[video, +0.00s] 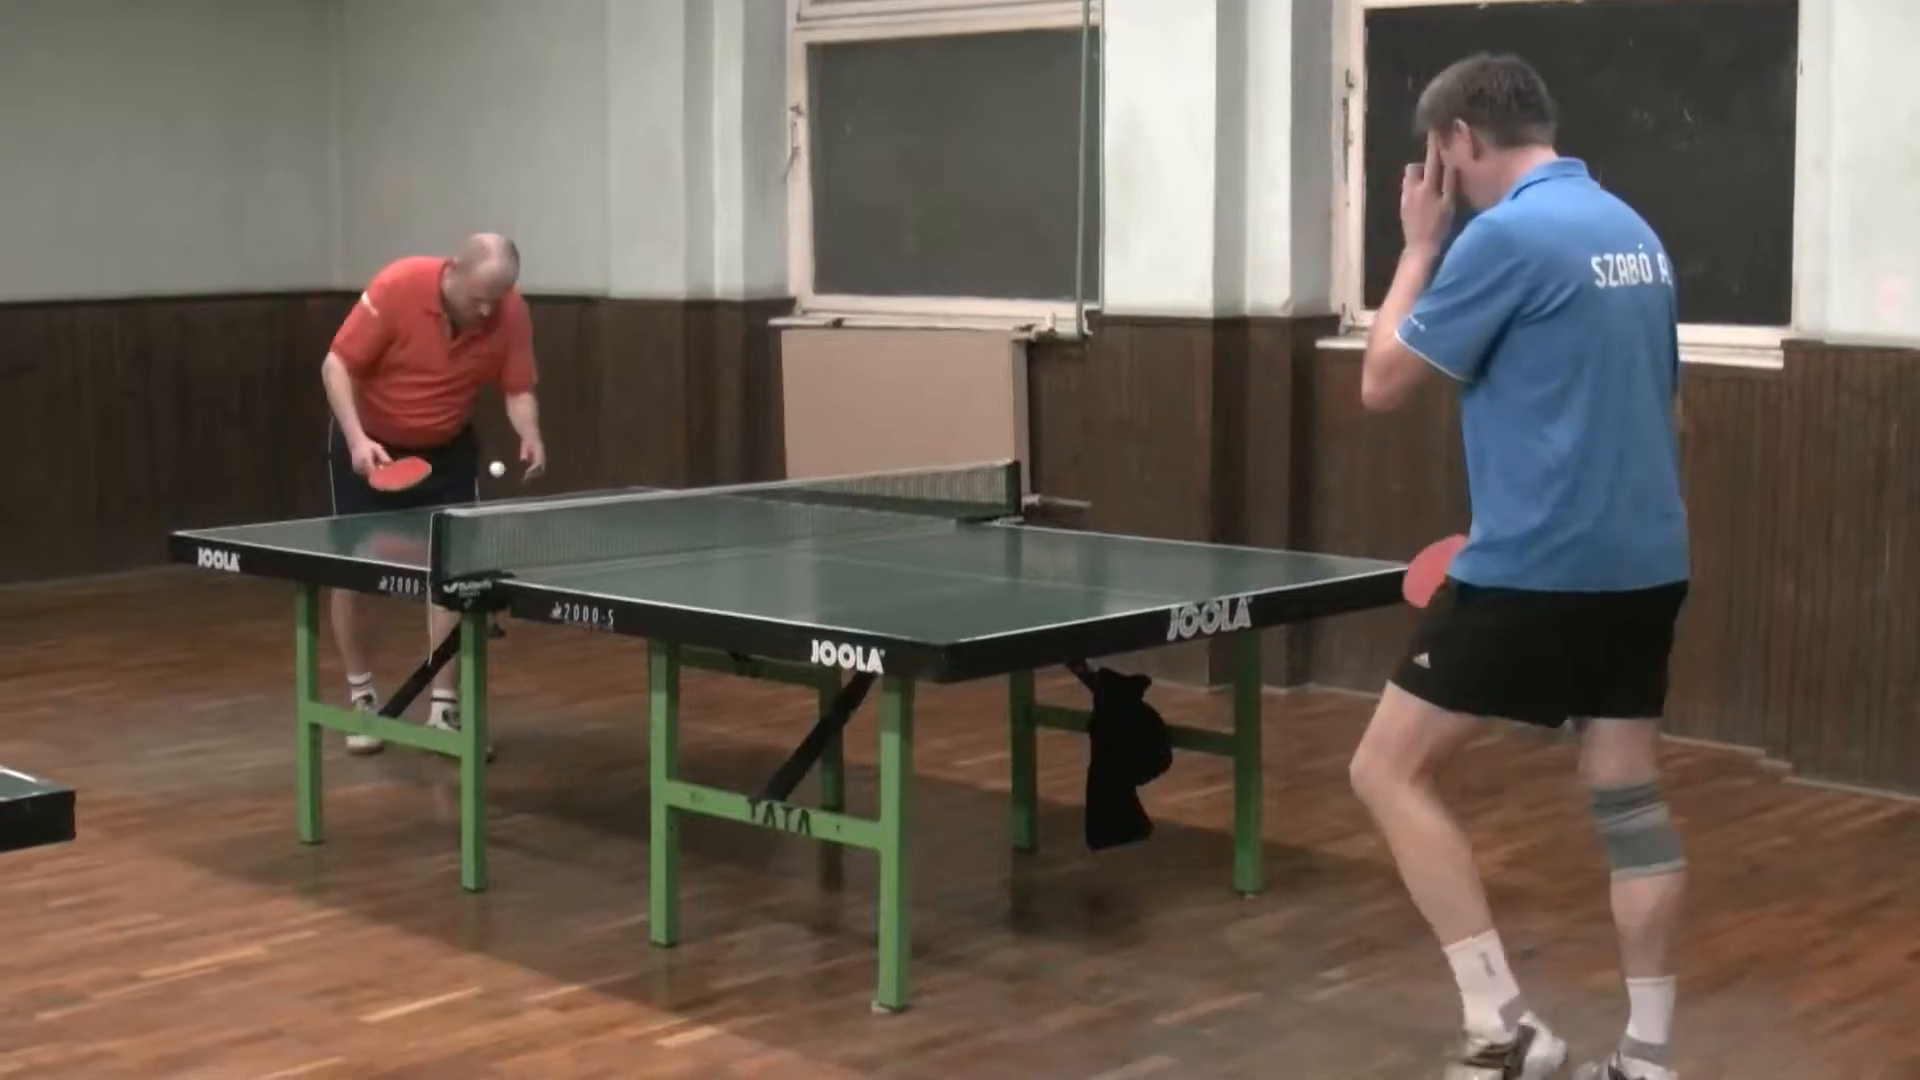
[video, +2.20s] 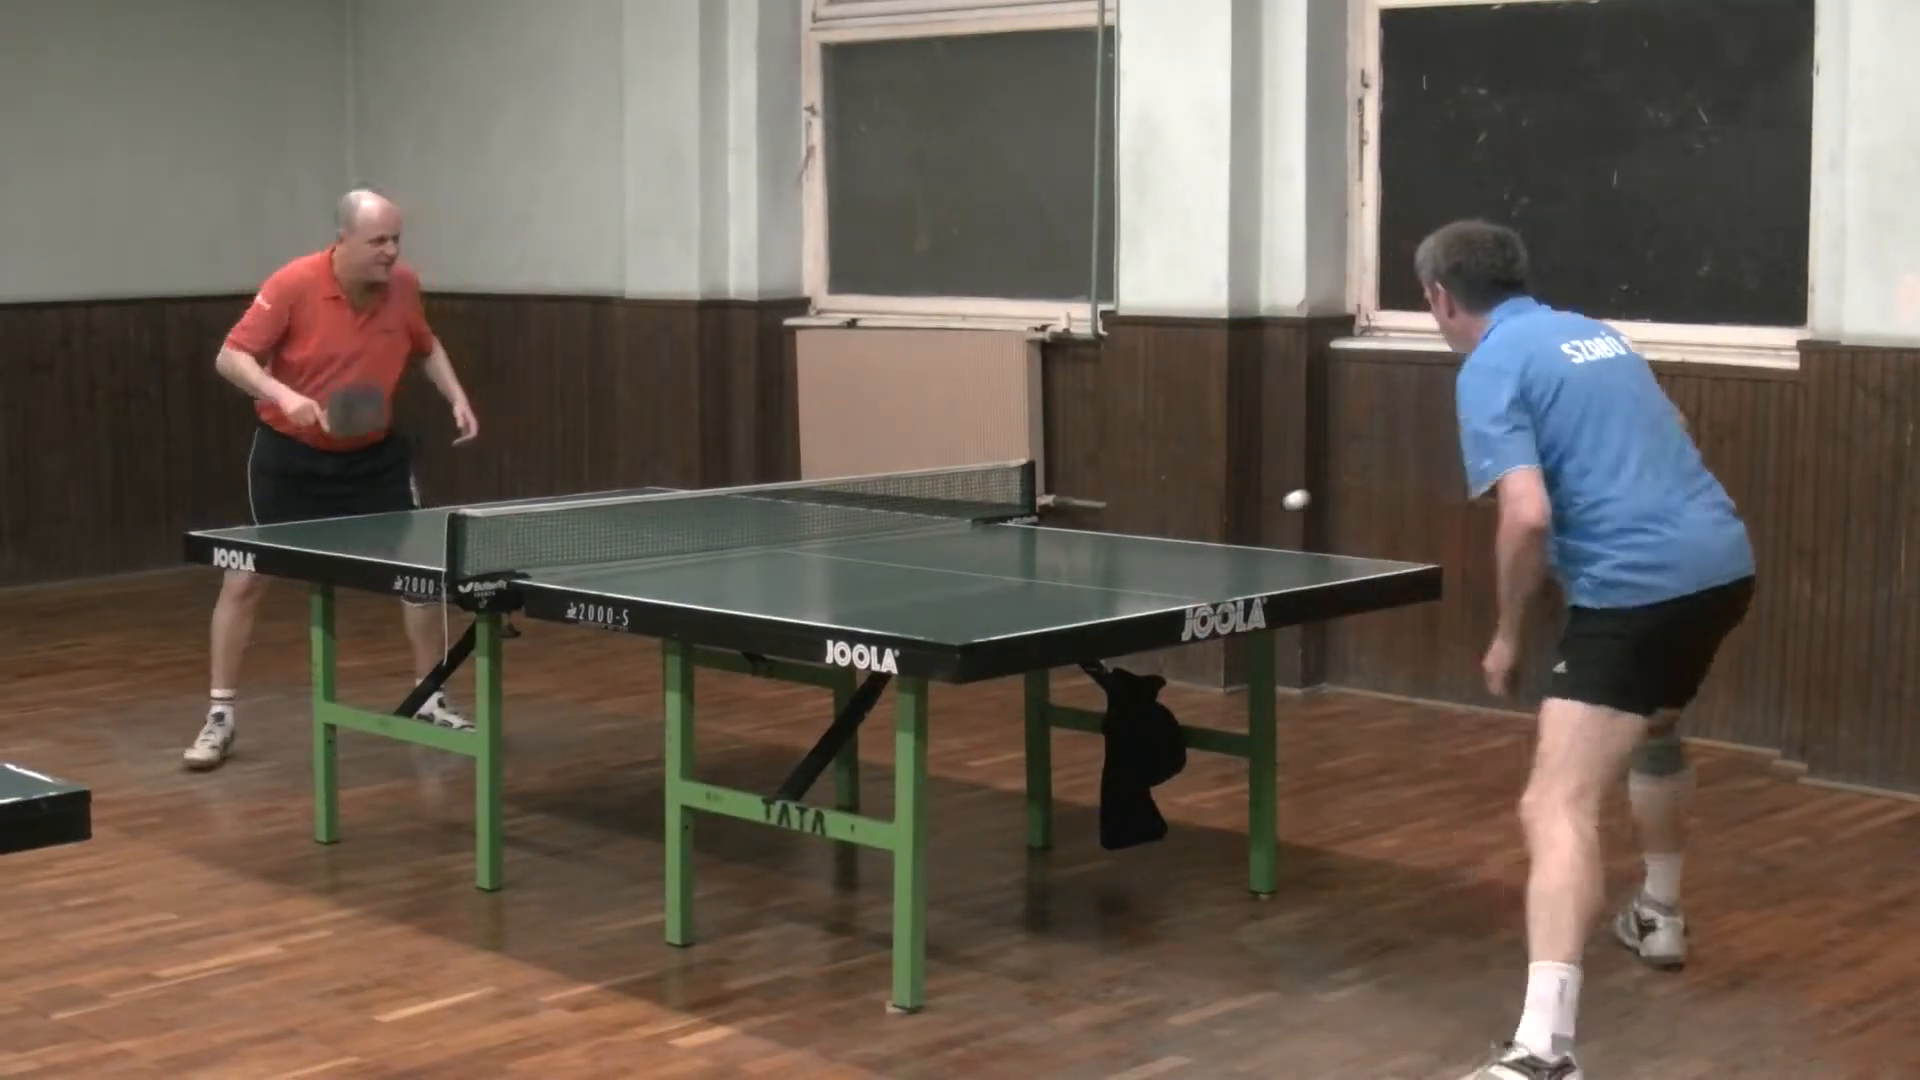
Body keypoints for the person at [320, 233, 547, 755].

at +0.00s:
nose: (485, 310)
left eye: (495, 301)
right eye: (478, 298)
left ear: (508, 291)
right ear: (449, 273)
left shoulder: (509, 311)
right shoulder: (399, 285)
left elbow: (519, 388)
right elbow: (337, 363)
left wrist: (530, 435)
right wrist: (356, 438)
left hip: (448, 449)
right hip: (369, 445)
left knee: (452, 576)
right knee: (355, 572)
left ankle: (445, 704)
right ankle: (361, 697)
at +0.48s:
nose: (439, 258)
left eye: (446, 247)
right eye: (426, 248)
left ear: (453, 248)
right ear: (393, 245)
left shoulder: (457, 298)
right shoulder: (341, 280)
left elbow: (460, 378)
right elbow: (272, 338)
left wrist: (464, 432)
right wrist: (304, 410)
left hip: (407, 449)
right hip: (324, 445)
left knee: (434, 575)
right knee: (305, 574)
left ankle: (447, 705)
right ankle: (300, 707)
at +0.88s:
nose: (370, 212)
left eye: (375, 201)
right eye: (357, 203)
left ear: (380, 205)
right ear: (322, 207)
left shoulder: (392, 261)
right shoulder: (277, 264)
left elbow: (425, 327)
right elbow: (231, 349)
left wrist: (446, 345)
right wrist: (301, 362)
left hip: (375, 438)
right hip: (296, 443)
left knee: (394, 571)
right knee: (291, 582)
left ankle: (382, 701)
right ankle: (300, 707)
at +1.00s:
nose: (365, 207)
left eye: (369, 196)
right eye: (352, 198)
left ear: (374, 199)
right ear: (316, 205)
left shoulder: (381, 252)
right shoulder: (276, 262)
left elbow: (437, 302)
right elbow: (248, 354)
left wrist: (455, 273)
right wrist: (329, 349)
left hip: (373, 438)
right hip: (297, 442)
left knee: (392, 573)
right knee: (294, 583)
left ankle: (384, 702)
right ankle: (301, 708)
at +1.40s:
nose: (393, 243)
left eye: (396, 232)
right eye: (383, 232)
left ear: (392, 228)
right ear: (345, 221)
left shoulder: (382, 265)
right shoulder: (303, 262)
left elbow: (446, 296)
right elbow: (314, 359)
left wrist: (507, 287)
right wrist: (390, 346)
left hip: (361, 432)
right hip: (291, 438)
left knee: (439, 520)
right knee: (298, 580)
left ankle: (456, 668)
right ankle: (302, 708)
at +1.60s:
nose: (415, 291)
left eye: (423, 285)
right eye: (413, 279)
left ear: (426, 275)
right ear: (391, 249)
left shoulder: (415, 298)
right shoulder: (328, 263)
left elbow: (460, 330)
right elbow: (252, 301)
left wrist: (520, 347)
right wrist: (325, 350)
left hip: (371, 439)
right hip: (300, 438)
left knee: (424, 557)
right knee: (302, 581)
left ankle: (451, 683)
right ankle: (304, 712)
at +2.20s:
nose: (390, 251)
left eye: (396, 240)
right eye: (378, 241)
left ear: (399, 241)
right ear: (342, 242)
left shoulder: (403, 287)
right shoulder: (295, 284)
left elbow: (424, 345)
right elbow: (230, 356)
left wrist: (457, 397)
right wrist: (282, 395)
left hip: (374, 457)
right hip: (290, 457)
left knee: (422, 576)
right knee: (246, 576)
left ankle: (431, 702)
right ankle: (219, 714)